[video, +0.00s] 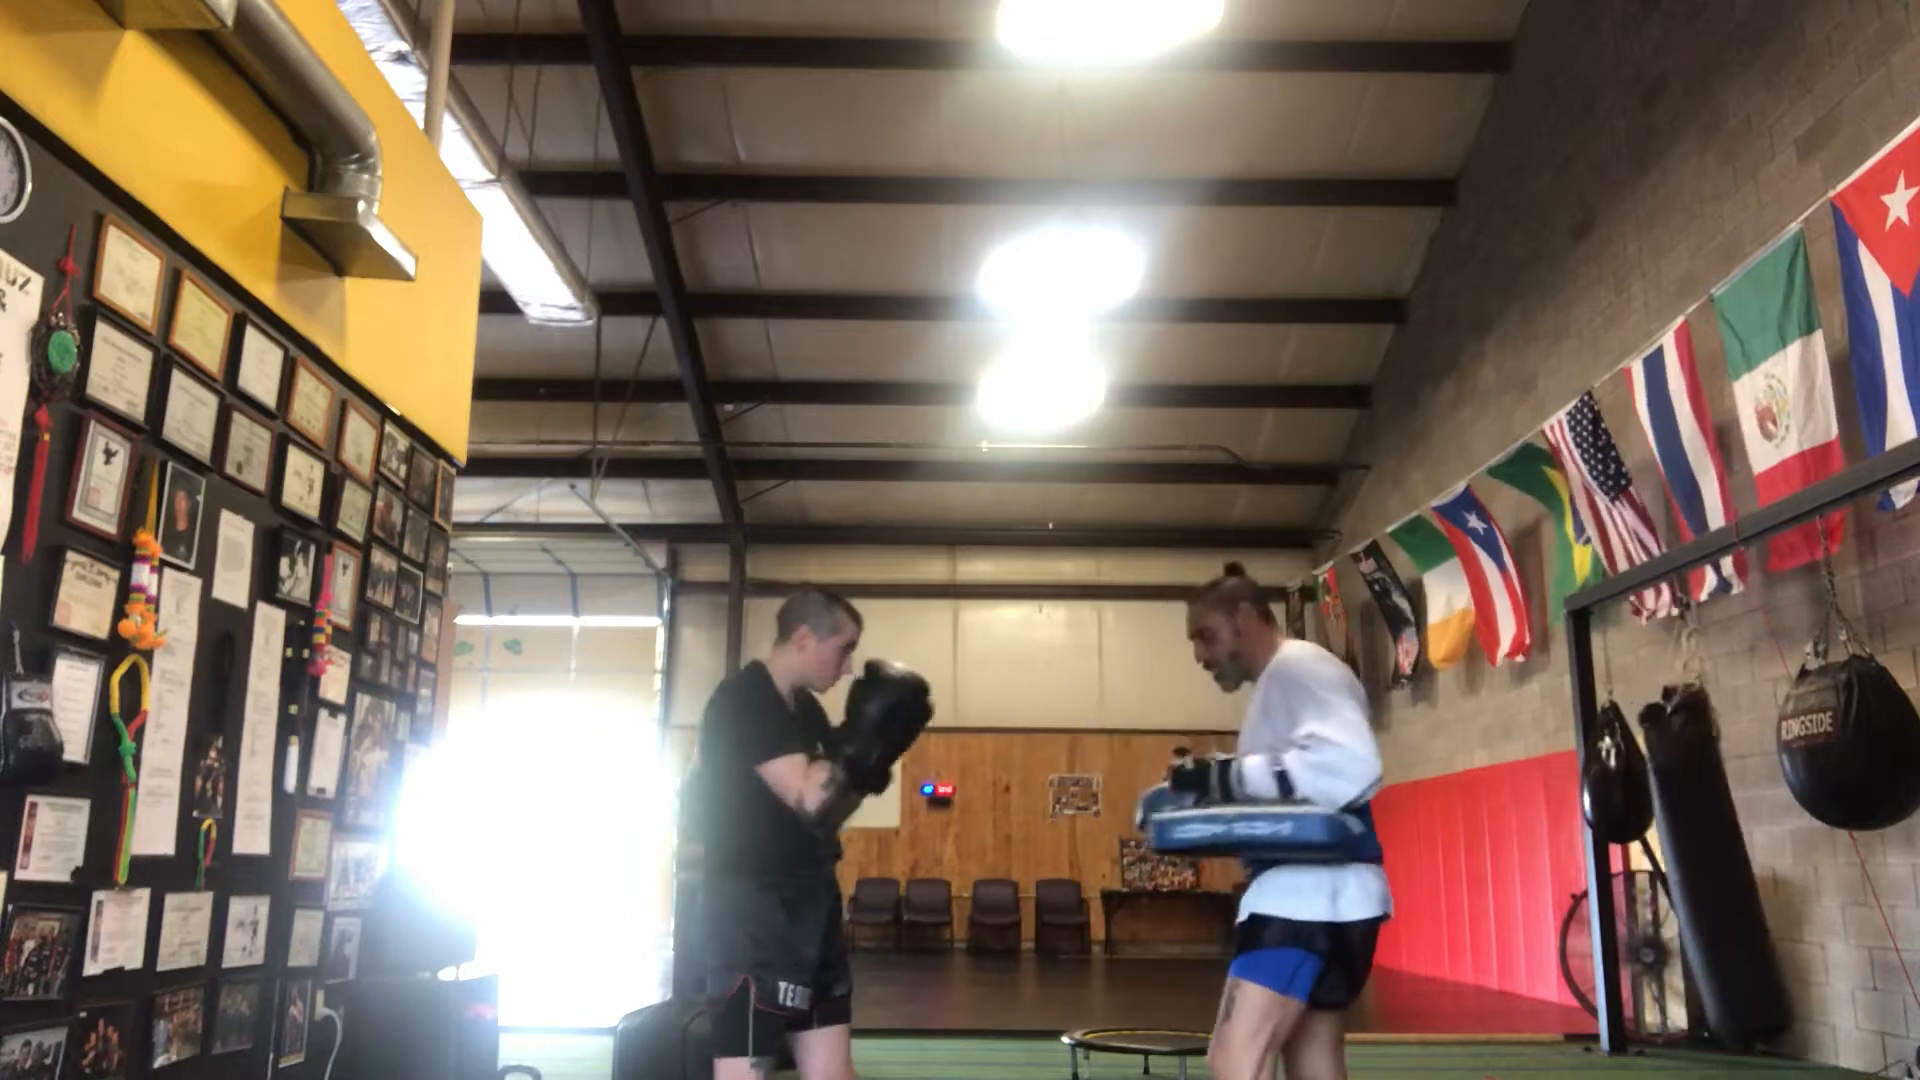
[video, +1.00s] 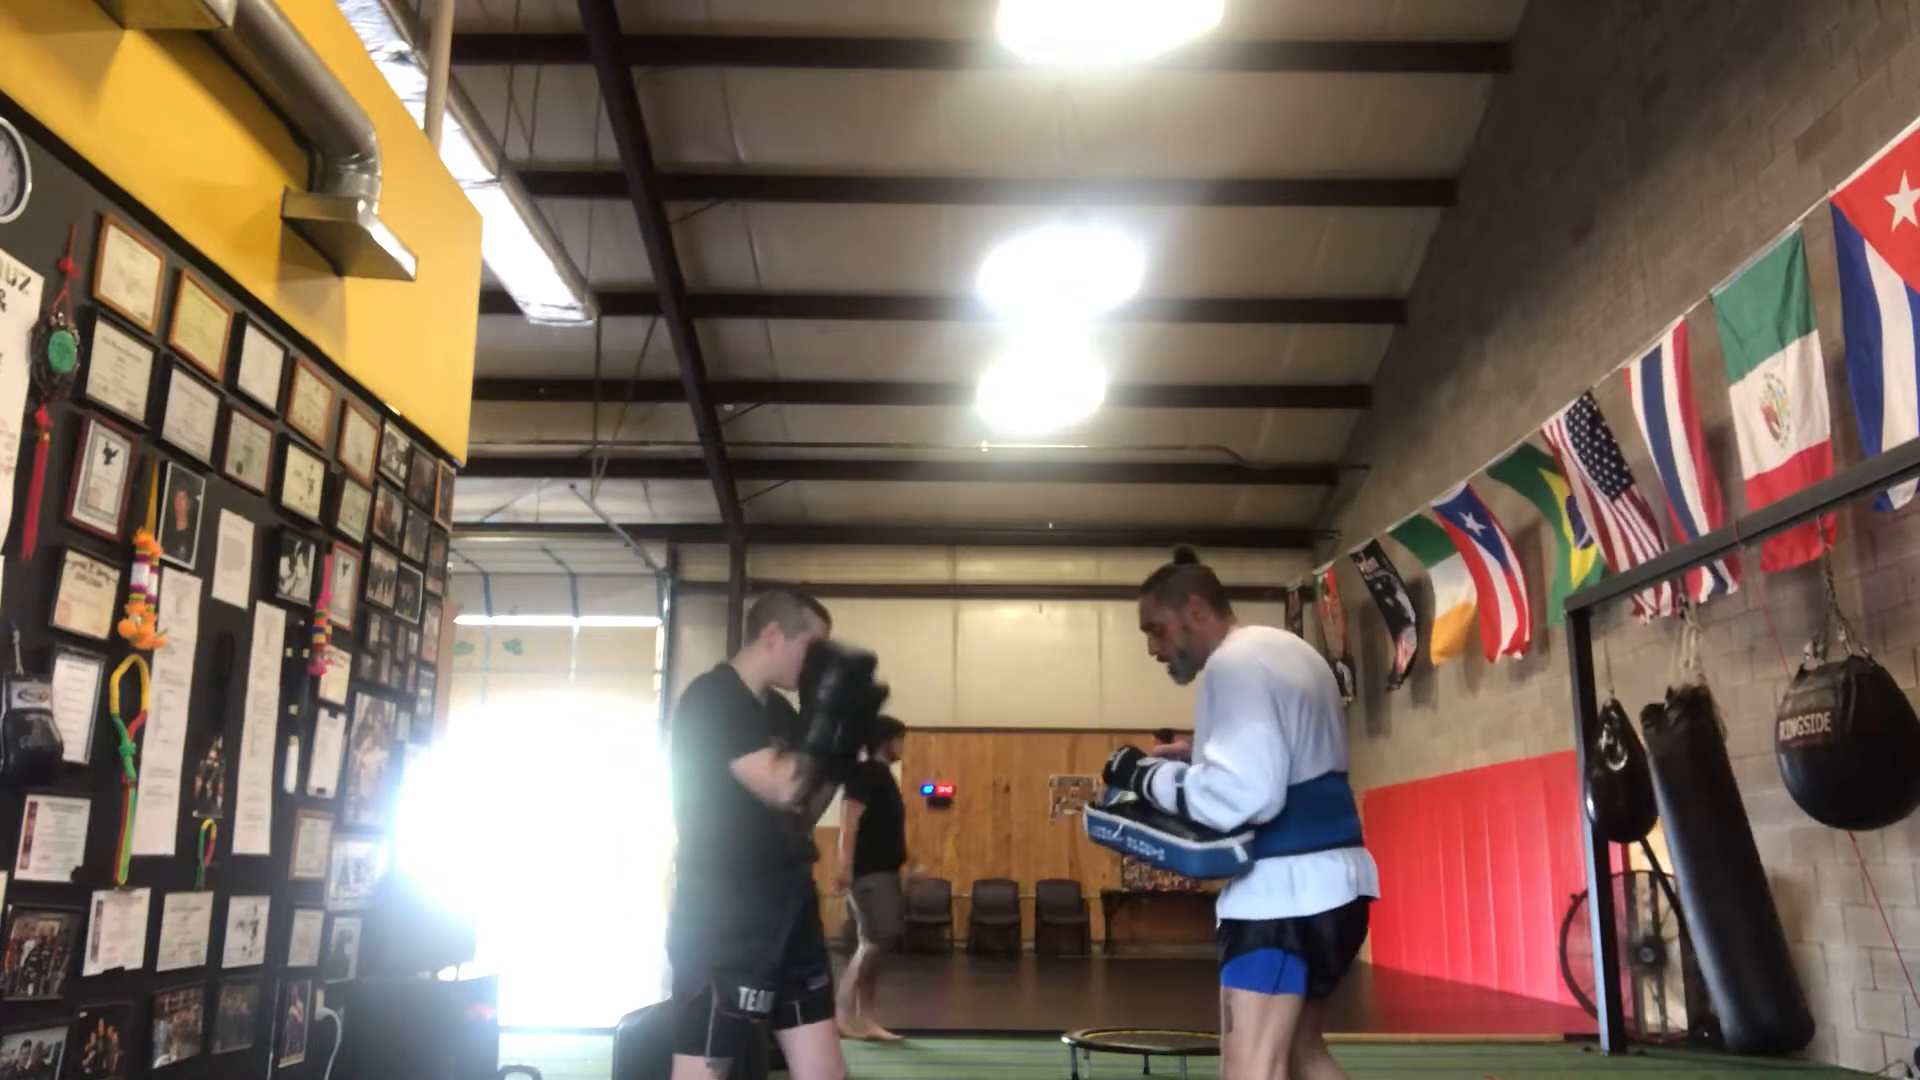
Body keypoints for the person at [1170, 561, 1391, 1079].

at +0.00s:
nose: (1199, 655)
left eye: (1206, 636)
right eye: (1195, 641)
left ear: (1246, 621)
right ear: (1245, 624)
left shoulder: (1301, 666)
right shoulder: (1276, 685)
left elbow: (1349, 764)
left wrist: (1227, 778)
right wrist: (1213, 781)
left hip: (1307, 895)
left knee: (1234, 1059)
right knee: (1316, 1065)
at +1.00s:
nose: (1152, 649)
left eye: (1155, 631)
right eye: (1148, 634)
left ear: (1196, 611)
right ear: (1201, 610)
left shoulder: (1236, 663)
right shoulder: (1288, 649)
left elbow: (1243, 793)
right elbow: (1294, 761)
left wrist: (1145, 775)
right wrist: (1201, 751)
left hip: (1280, 894)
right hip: (1330, 884)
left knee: (1250, 1067)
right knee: (1302, 1053)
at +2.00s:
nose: (1182, 643)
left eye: (1184, 627)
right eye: (1178, 631)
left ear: (1219, 609)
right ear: (1229, 609)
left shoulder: (1238, 667)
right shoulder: (1325, 660)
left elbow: (1156, 755)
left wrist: (1053, 717)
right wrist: (1188, 712)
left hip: (1276, 895)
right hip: (1350, 890)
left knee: (1242, 1068)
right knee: (1347, 1064)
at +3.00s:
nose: (1196, 643)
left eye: (1199, 627)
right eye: (1192, 630)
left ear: (1235, 610)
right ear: (1243, 611)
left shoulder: (1258, 665)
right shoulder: (1337, 661)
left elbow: (1186, 751)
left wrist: (1090, 704)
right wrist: (1206, 706)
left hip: (1293, 890)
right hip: (1363, 887)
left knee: (1235, 1063)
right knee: (1356, 1064)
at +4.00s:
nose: (1235, 605)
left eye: (1248, 589)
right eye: (1235, 592)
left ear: (1297, 590)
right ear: (1299, 594)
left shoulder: (1297, 663)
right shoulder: (1363, 660)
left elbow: (1272, 788)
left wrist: (1173, 817)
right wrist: (1237, 696)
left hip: (1293, 894)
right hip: (1353, 888)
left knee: (1259, 1065)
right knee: (1348, 1062)